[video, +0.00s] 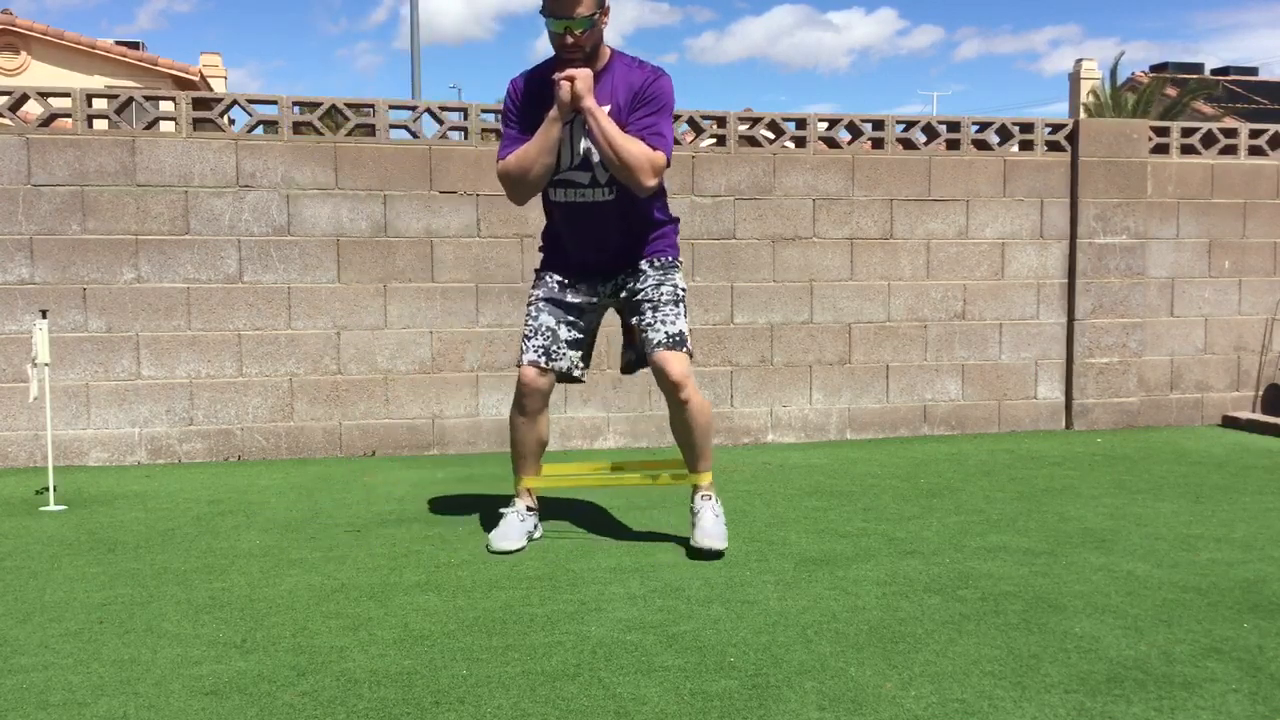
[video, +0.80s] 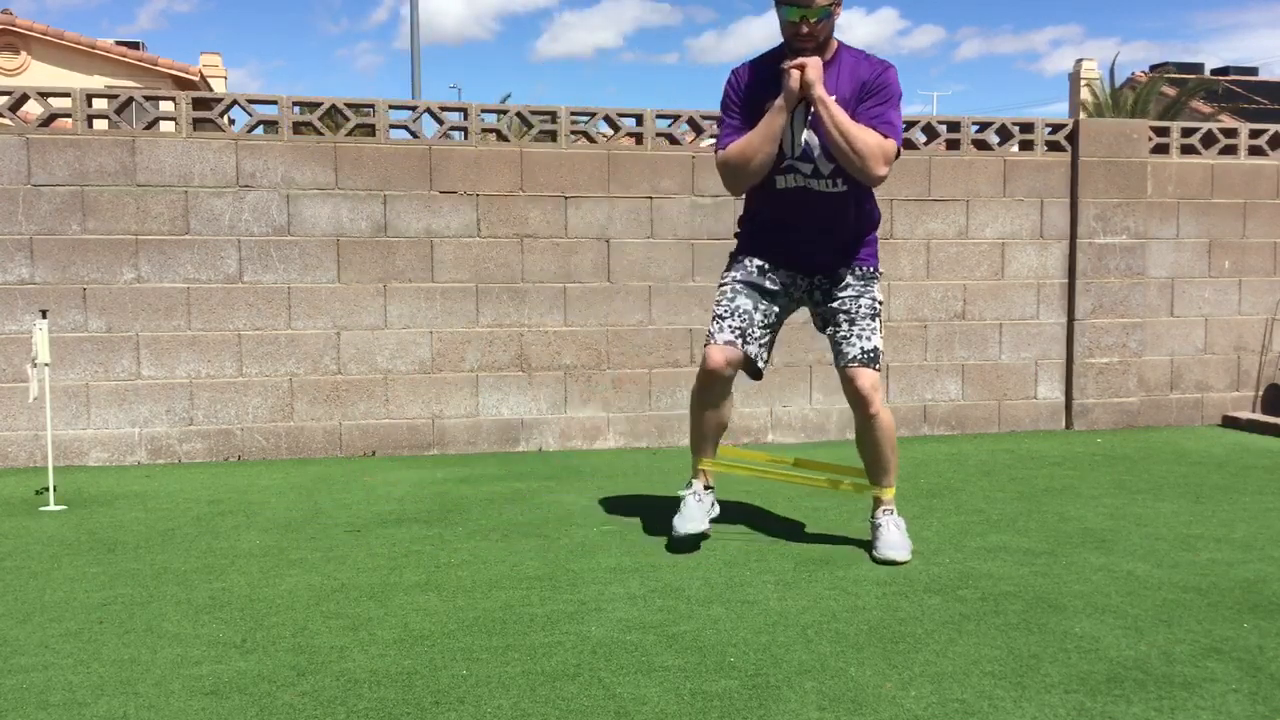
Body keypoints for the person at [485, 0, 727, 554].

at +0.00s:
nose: (567, 35)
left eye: (580, 23)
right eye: (556, 24)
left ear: (604, 18)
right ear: (545, 21)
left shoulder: (647, 82)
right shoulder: (526, 88)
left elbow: (646, 176)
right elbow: (517, 188)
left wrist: (589, 106)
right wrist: (561, 111)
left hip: (644, 254)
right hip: (568, 257)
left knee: (673, 372)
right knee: (530, 381)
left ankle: (705, 497)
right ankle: (524, 505)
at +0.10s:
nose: (576, 34)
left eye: (588, 21)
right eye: (564, 23)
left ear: (612, 15)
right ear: (552, 20)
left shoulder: (656, 77)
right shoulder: (536, 86)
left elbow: (660, 171)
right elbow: (525, 185)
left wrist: (598, 104)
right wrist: (567, 111)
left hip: (662, 251)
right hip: (586, 257)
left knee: (711, 367)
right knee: (544, 379)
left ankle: (773, 490)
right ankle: (526, 504)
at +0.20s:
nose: (595, 43)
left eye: (608, 31)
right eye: (584, 31)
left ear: (634, 22)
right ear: (572, 24)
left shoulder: (677, 88)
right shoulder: (557, 96)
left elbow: (682, 178)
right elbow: (542, 195)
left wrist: (620, 114)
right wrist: (587, 120)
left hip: (687, 260)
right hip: (606, 267)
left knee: (753, 372)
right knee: (555, 385)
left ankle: (834, 490)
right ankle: (527, 505)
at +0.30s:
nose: (636, 61)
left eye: (648, 49)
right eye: (624, 48)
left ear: (669, 43)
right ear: (610, 44)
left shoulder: (711, 107)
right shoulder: (590, 118)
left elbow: (722, 195)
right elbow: (575, 213)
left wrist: (655, 132)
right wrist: (623, 138)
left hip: (718, 283)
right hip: (633, 289)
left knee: (785, 391)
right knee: (571, 397)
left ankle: (870, 504)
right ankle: (530, 508)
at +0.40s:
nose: (687, 73)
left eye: (699, 61)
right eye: (675, 61)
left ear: (720, 51)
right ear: (660, 54)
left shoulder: (762, 118)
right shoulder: (643, 130)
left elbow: (774, 203)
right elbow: (628, 226)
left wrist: (708, 141)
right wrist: (674, 150)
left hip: (758, 294)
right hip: (673, 297)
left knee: (815, 406)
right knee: (598, 402)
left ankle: (876, 513)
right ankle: (532, 505)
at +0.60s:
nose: (770, 47)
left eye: (783, 35)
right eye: (758, 35)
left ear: (805, 26)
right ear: (744, 28)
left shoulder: (846, 91)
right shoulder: (723, 101)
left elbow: (856, 176)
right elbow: (714, 201)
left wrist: (791, 114)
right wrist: (759, 124)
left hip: (823, 271)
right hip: (740, 265)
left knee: (854, 399)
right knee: (664, 371)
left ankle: (884, 513)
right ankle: (607, 486)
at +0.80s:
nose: (802, 27)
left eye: (816, 15)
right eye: (791, 14)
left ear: (837, 11)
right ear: (777, 12)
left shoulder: (873, 75)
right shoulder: (749, 78)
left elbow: (875, 166)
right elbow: (734, 177)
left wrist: (818, 96)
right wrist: (784, 103)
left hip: (845, 257)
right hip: (765, 252)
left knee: (863, 384)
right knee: (716, 362)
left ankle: (886, 510)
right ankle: (699, 486)